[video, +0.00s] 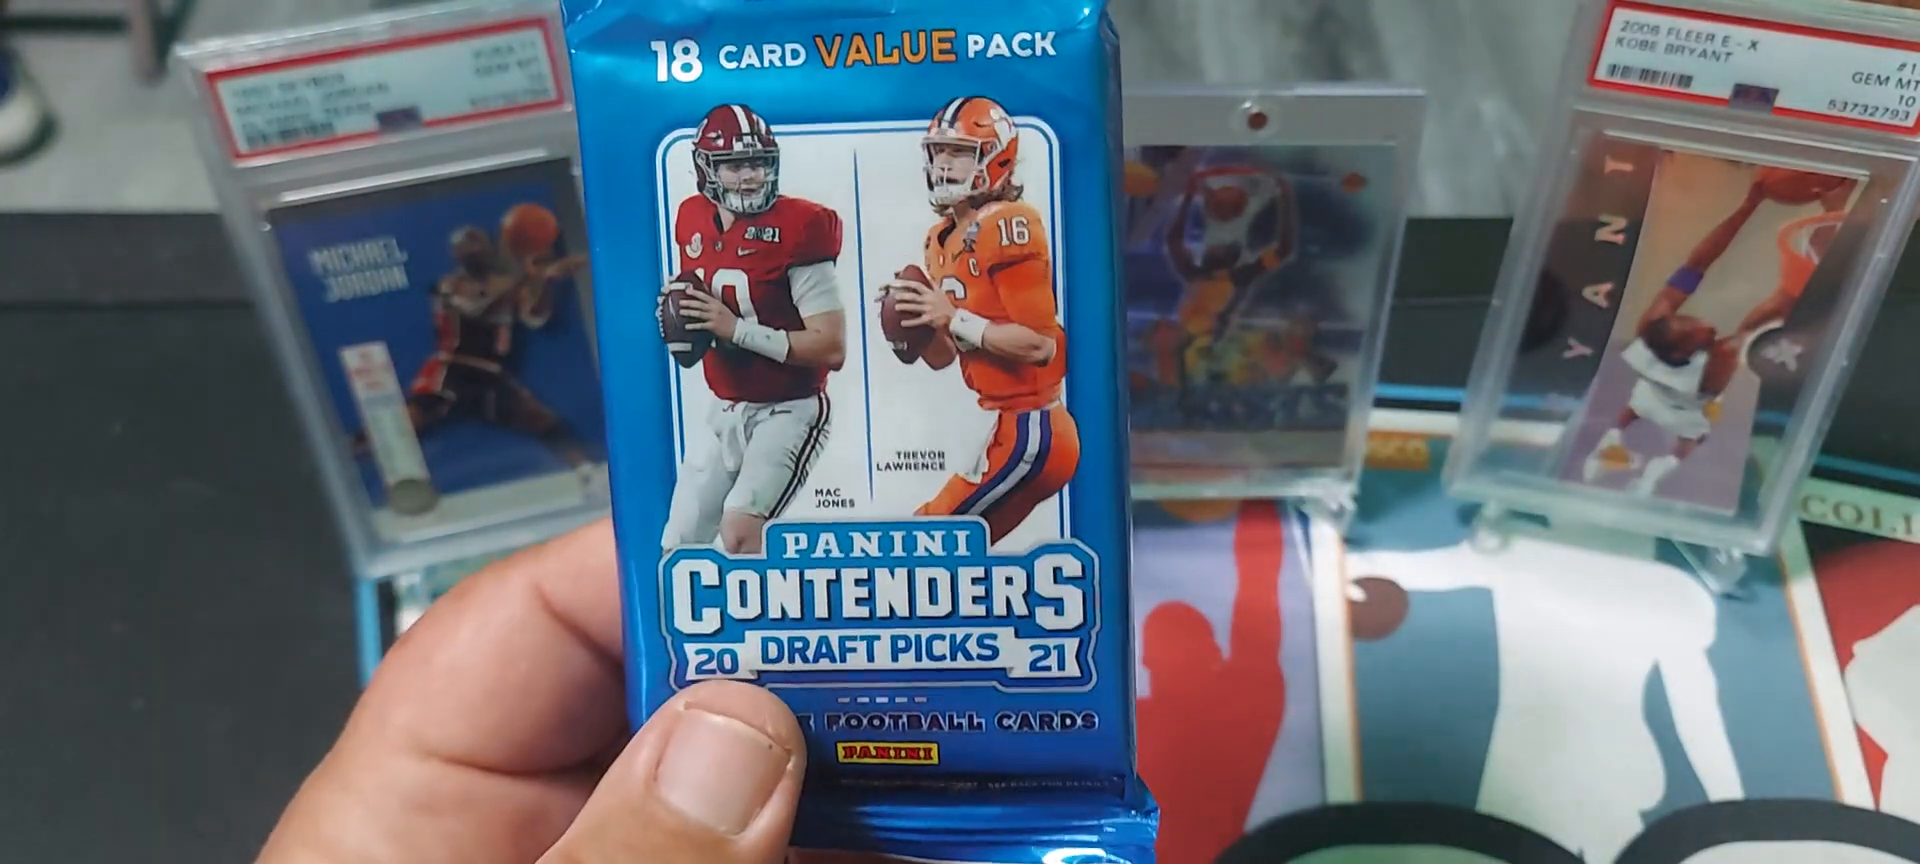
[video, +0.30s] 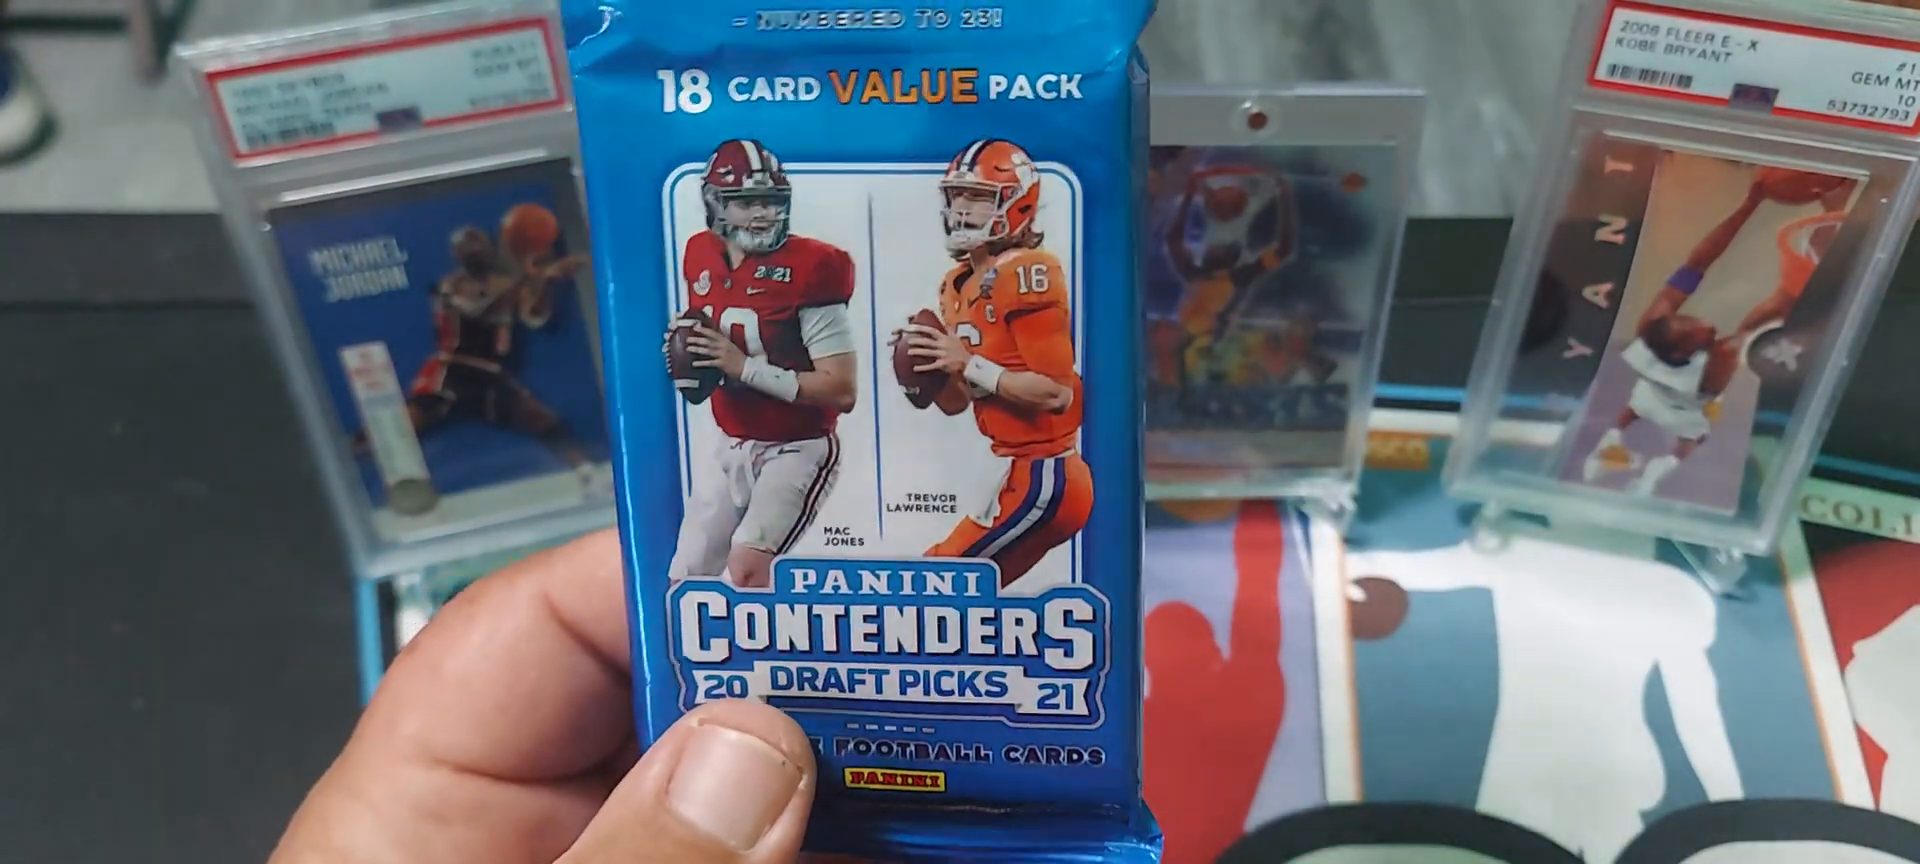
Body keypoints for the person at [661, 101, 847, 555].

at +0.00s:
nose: (747, 176)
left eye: (756, 164)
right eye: (734, 166)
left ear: (771, 165)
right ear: (708, 168)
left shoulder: (801, 226)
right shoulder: (692, 217)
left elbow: (831, 348)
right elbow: (694, 295)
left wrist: (735, 328)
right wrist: (675, 311)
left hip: (791, 411)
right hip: (724, 412)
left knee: (738, 535)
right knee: (678, 547)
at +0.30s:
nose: (759, 214)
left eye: (769, 202)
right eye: (745, 202)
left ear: (784, 203)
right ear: (716, 204)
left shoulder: (815, 266)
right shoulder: (700, 253)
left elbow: (841, 390)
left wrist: (742, 365)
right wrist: (682, 349)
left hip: (800, 450)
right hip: (729, 448)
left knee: (745, 571)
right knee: (686, 581)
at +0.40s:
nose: (728, 246)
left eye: (736, 233)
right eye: (713, 236)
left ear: (751, 235)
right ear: (684, 242)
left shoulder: (788, 298)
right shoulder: (671, 287)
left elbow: (819, 420)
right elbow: (676, 419)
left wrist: (719, 396)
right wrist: (657, 384)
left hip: (782, 476)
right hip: (711, 474)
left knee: (735, 585)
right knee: (675, 601)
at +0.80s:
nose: (745, 293)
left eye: (753, 281)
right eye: (731, 283)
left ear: (768, 283)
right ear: (702, 290)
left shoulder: (803, 344)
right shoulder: (689, 335)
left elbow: (839, 463)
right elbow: (696, 463)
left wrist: (739, 442)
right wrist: (677, 423)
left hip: (801, 517)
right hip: (733, 517)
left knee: (757, 621)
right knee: (699, 638)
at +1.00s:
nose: (800, 313)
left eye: (810, 302)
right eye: (788, 302)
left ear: (825, 304)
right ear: (761, 304)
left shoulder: (854, 363)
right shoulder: (746, 351)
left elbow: (882, 479)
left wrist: (786, 455)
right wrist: (728, 437)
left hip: (842, 534)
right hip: (775, 532)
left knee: (791, 637)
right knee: (733, 651)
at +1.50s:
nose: (813, 328)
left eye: (822, 316)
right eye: (800, 317)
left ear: (836, 318)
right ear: (772, 319)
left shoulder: (865, 377)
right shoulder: (757, 366)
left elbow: (893, 492)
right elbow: (757, 486)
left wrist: (798, 470)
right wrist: (740, 454)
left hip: (854, 548)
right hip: (788, 546)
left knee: (802, 652)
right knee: (744, 664)